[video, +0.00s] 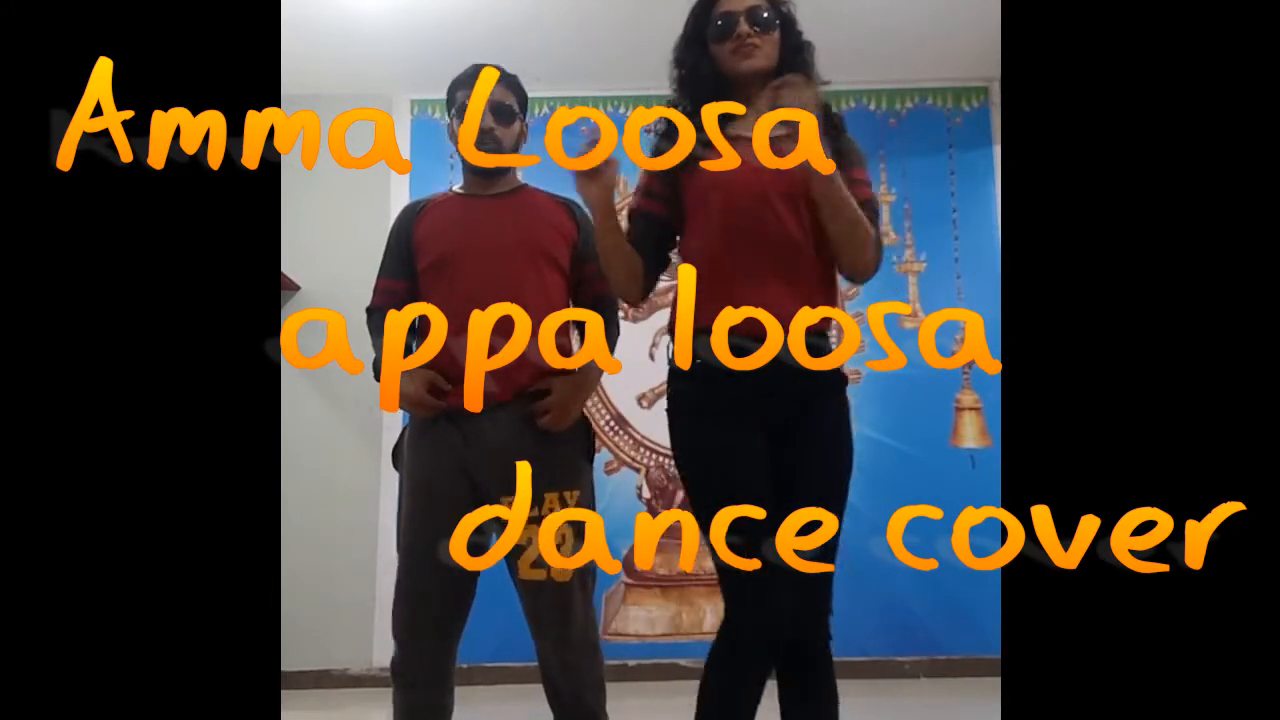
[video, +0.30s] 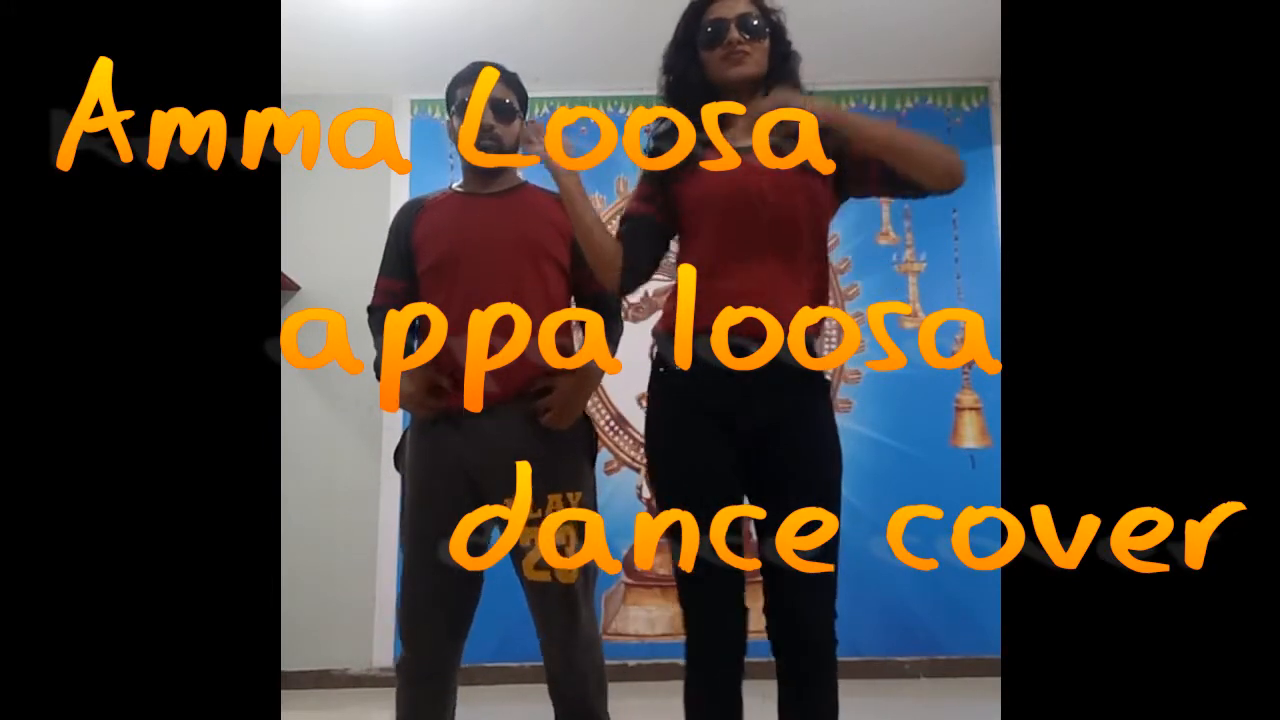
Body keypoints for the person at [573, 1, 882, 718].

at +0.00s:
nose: (744, 32)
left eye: (761, 18)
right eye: (724, 24)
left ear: (786, 34)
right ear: (702, 49)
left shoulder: (822, 131)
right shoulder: (682, 139)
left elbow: (862, 262)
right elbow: (632, 287)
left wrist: (813, 152)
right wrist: (600, 200)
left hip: (810, 388)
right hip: (711, 390)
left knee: (806, 612)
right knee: (756, 610)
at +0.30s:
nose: (735, 40)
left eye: (752, 27)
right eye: (714, 31)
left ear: (776, 47)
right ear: (690, 56)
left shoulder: (816, 141)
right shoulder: (677, 146)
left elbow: (947, 171)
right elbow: (620, 273)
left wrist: (821, 115)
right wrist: (563, 170)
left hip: (794, 394)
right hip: (691, 396)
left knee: (803, 618)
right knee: (712, 621)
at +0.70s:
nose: (743, 36)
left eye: (760, 24)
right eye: (725, 22)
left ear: (781, 49)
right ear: (694, 48)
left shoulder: (814, 142)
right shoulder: (671, 136)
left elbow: (915, 70)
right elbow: (710, 161)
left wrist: (853, 13)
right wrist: (721, 56)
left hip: (808, 397)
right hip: (699, 396)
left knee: (803, 608)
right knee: (625, 593)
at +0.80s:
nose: (745, 36)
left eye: (758, 22)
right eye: (721, 28)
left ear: (781, 42)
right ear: (698, 55)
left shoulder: (807, 142)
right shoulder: (676, 129)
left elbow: (891, 86)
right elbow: (770, 131)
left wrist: (818, 20)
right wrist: (795, 31)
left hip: (807, 387)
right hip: (702, 387)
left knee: (804, 605)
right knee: (647, 594)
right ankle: (593, 719)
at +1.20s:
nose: (747, 34)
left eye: (763, 22)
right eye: (725, 27)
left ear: (785, 46)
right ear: (706, 53)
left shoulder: (803, 131)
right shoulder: (701, 118)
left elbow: (888, 109)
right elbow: (824, 162)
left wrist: (818, 43)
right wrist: (873, 49)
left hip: (794, 378)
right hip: (701, 375)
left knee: (800, 605)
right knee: (654, 601)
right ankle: (585, 716)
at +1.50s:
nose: (752, 26)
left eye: (767, 14)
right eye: (730, 19)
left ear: (789, 34)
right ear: (709, 47)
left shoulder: (811, 125)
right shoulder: (710, 125)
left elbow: (897, 114)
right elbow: (834, 163)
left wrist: (827, 39)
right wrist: (884, 52)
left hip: (780, 370)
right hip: (693, 358)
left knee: (790, 598)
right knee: (641, 582)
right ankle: (583, 715)